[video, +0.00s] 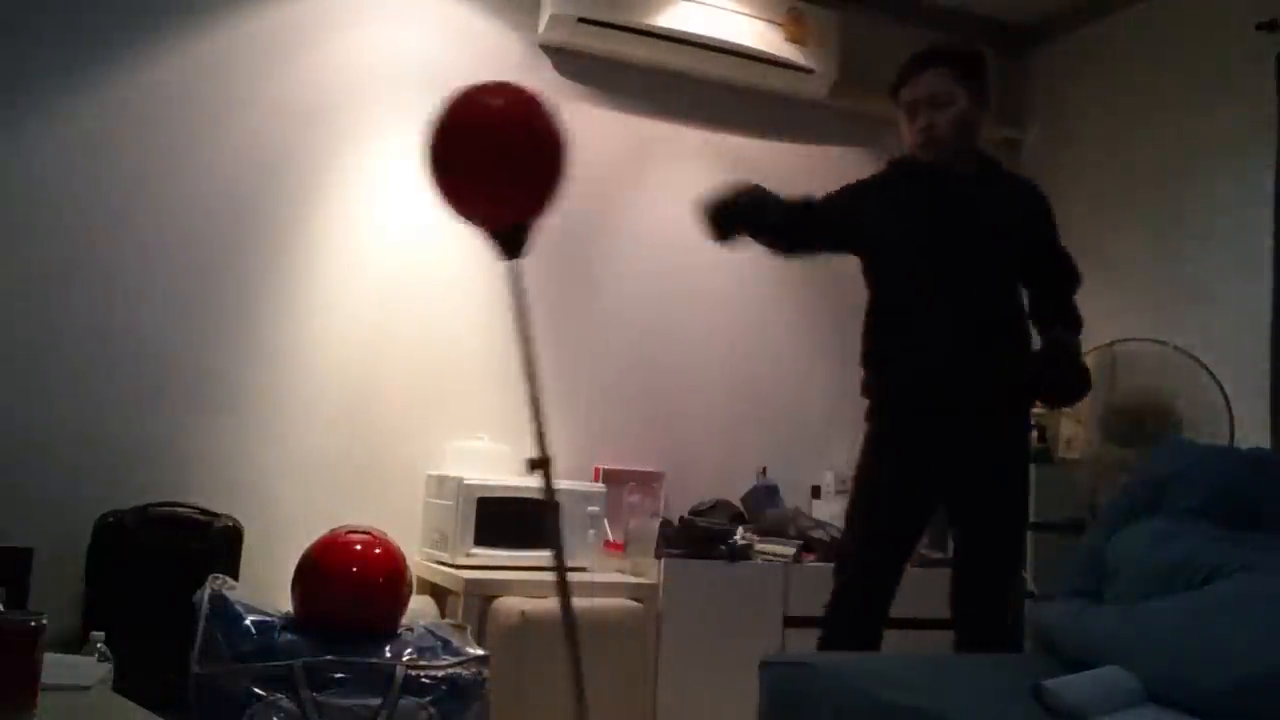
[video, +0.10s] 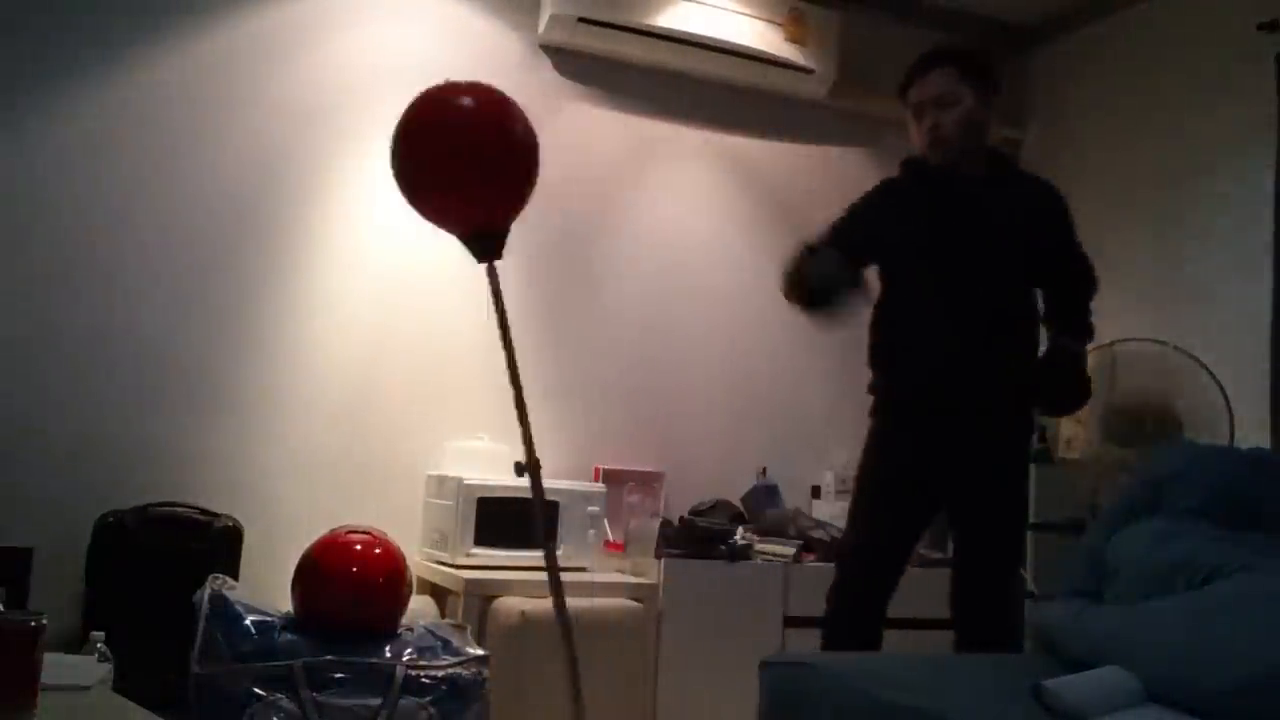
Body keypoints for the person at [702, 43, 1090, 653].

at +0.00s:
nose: (923, 121)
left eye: (938, 104)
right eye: (910, 111)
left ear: (976, 109)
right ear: (899, 124)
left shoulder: (1017, 199)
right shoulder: (886, 195)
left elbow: (1053, 286)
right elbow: (810, 223)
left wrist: (1062, 356)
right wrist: (751, 211)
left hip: (994, 419)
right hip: (904, 418)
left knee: (989, 594)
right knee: (861, 585)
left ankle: (990, 712)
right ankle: (829, 710)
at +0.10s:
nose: (931, 120)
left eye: (946, 104)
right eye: (919, 110)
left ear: (984, 108)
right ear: (909, 124)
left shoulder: (1031, 199)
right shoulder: (897, 197)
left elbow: (1071, 282)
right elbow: (813, 276)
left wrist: (1066, 355)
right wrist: (823, 274)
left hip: (998, 417)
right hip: (906, 416)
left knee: (989, 590)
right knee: (860, 582)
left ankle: (989, 712)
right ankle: (837, 710)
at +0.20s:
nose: (928, 120)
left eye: (944, 103)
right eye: (918, 109)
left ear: (985, 107)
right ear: (911, 121)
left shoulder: (1036, 202)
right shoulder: (894, 209)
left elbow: (1096, 297)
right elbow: (851, 307)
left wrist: (1058, 372)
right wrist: (851, 377)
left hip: (995, 421)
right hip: (903, 418)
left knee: (986, 600)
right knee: (859, 588)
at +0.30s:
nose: (917, 120)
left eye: (934, 102)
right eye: (909, 107)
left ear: (979, 109)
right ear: (900, 119)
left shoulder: (1032, 201)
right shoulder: (894, 214)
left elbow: (1108, 301)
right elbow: (877, 329)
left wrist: (1040, 359)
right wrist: (843, 406)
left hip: (990, 429)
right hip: (902, 427)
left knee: (983, 610)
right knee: (870, 600)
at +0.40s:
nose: (901, 125)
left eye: (918, 106)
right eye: (897, 111)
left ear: (962, 110)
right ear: (891, 122)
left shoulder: (1023, 198)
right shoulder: (893, 225)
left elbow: (1105, 285)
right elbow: (866, 340)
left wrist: (1028, 338)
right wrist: (829, 434)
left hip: (986, 431)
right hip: (901, 432)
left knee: (981, 605)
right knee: (886, 601)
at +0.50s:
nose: (889, 123)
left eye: (906, 107)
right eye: (887, 108)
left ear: (947, 117)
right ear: (883, 118)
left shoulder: (999, 193)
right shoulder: (892, 229)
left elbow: (1072, 268)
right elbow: (866, 338)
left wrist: (990, 352)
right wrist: (826, 433)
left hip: (971, 434)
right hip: (900, 436)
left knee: (960, 598)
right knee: (905, 602)